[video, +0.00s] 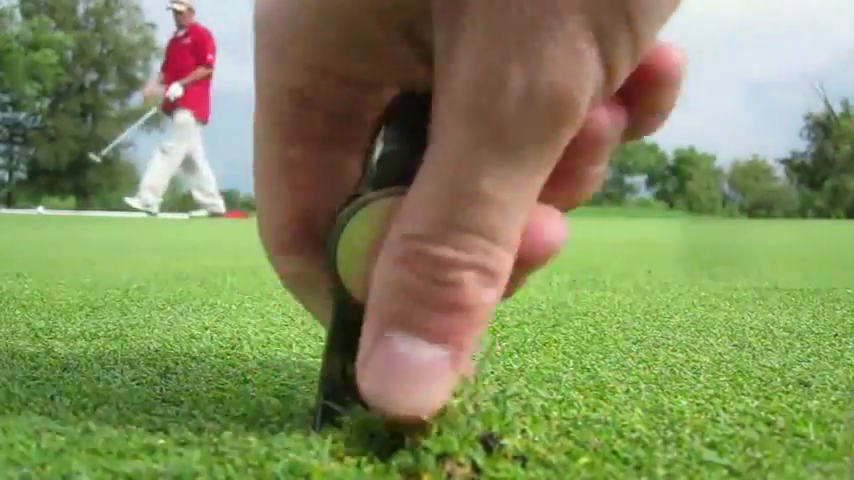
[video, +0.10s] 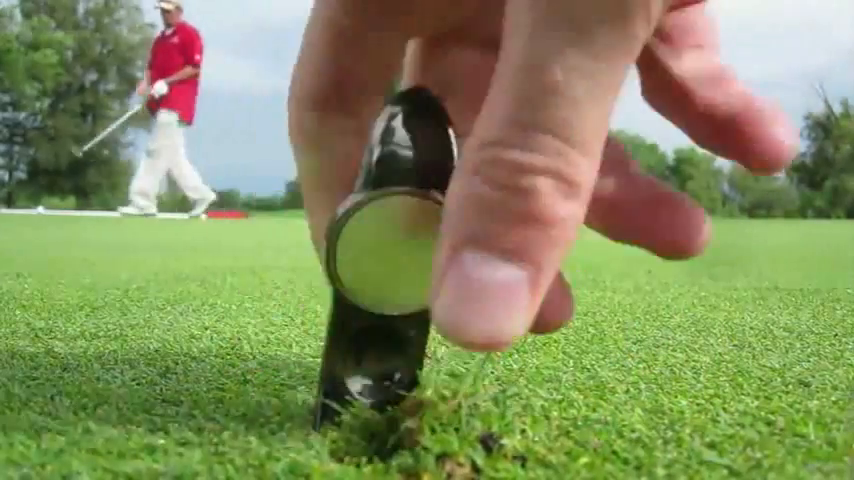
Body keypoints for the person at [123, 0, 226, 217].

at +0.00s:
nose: (177, 17)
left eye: (180, 12)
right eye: (175, 13)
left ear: (191, 13)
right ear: (174, 14)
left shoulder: (201, 35)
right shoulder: (174, 40)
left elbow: (206, 68)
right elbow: (167, 71)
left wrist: (180, 84)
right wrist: (155, 85)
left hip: (192, 103)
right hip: (175, 102)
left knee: (169, 150)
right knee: (192, 157)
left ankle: (148, 199)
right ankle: (212, 203)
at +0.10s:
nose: (164, 15)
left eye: (168, 11)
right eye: (162, 11)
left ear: (179, 11)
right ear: (160, 13)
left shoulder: (189, 34)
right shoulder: (159, 39)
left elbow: (194, 68)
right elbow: (152, 68)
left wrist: (166, 82)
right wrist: (145, 83)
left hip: (177, 98)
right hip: (161, 98)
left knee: (158, 149)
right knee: (172, 153)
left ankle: (143, 201)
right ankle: (201, 195)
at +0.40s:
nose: (128, 6)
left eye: (132, 3)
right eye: (126, 3)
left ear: (143, 4)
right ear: (123, 5)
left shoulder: (153, 26)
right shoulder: (122, 29)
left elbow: (159, 61)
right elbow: (116, 59)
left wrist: (128, 73)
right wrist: (110, 77)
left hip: (141, 98)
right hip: (119, 98)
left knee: (138, 150)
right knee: (102, 146)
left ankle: (140, 201)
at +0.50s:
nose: (114, 7)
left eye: (118, 4)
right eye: (112, 4)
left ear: (130, 4)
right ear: (111, 7)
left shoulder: (143, 26)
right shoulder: (107, 29)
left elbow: (148, 61)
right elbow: (102, 59)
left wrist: (117, 74)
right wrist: (98, 75)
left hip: (132, 97)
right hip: (108, 97)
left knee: (132, 150)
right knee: (96, 147)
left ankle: (140, 202)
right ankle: (76, 197)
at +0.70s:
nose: (89, 12)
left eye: (93, 8)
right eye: (87, 8)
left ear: (106, 6)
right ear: (84, 8)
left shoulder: (120, 26)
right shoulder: (78, 28)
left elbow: (128, 61)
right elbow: (75, 61)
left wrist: (99, 78)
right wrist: (77, 80)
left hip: (111, 94)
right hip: (84, 95)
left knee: (104, 143)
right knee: (70, 148)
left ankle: (129, 194)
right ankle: (69, 201)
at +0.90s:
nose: (79, 5)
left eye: (83, 2)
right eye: (76, 3)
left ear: (94, 3)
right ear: (73, 5)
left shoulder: (109, 24)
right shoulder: (62, 24)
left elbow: (116, 59)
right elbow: (58, 58)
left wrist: (87, 76)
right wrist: (67, 82)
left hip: (100, 95)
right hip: (71, 95)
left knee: (93, 143)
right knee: (64, 147)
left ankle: (88, 199)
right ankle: (68, 199)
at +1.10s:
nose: (77, 9)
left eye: (81, 6)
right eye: (74, 6)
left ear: (91, 4)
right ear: (69, 5)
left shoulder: (105, 25)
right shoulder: (58, 23)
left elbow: (109, 62)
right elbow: (50, 58)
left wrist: (82, 79)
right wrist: (63, 85)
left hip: (91, 96)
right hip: (62, 96)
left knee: (85, 146)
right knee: (59, 148)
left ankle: (77, 199)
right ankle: (64, 198)